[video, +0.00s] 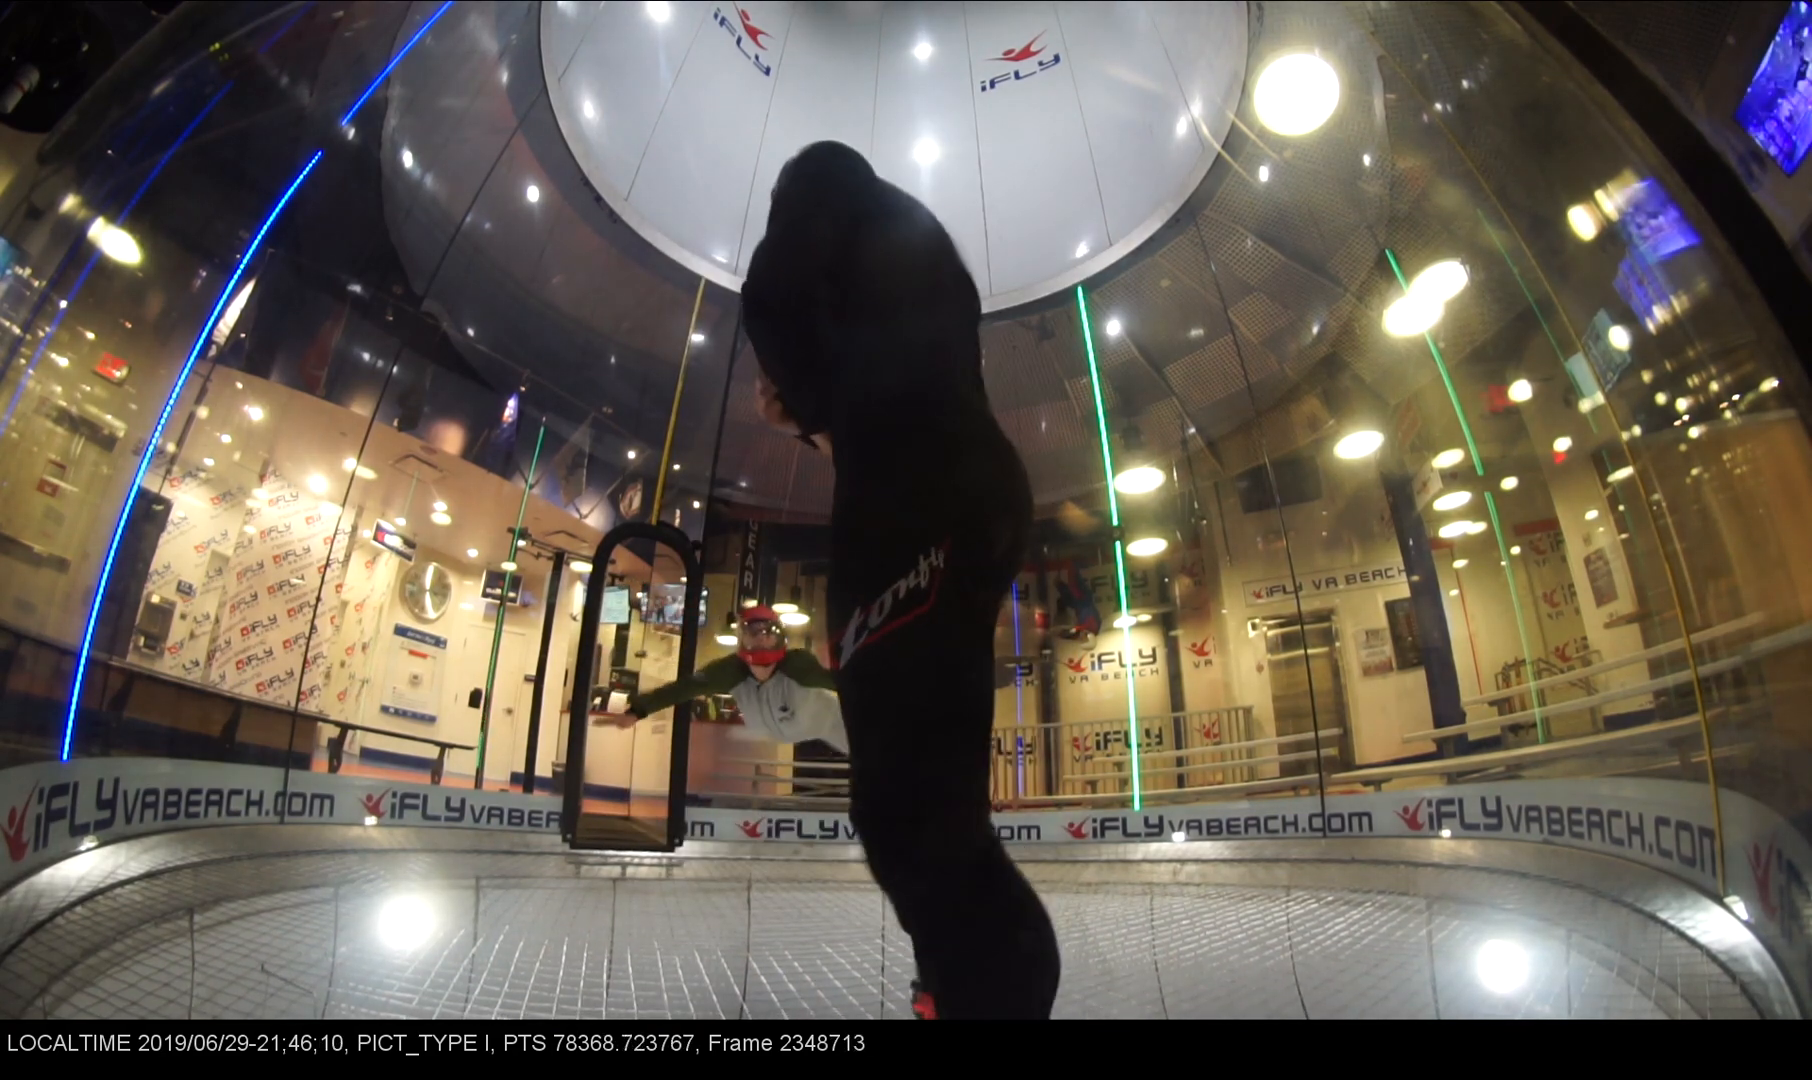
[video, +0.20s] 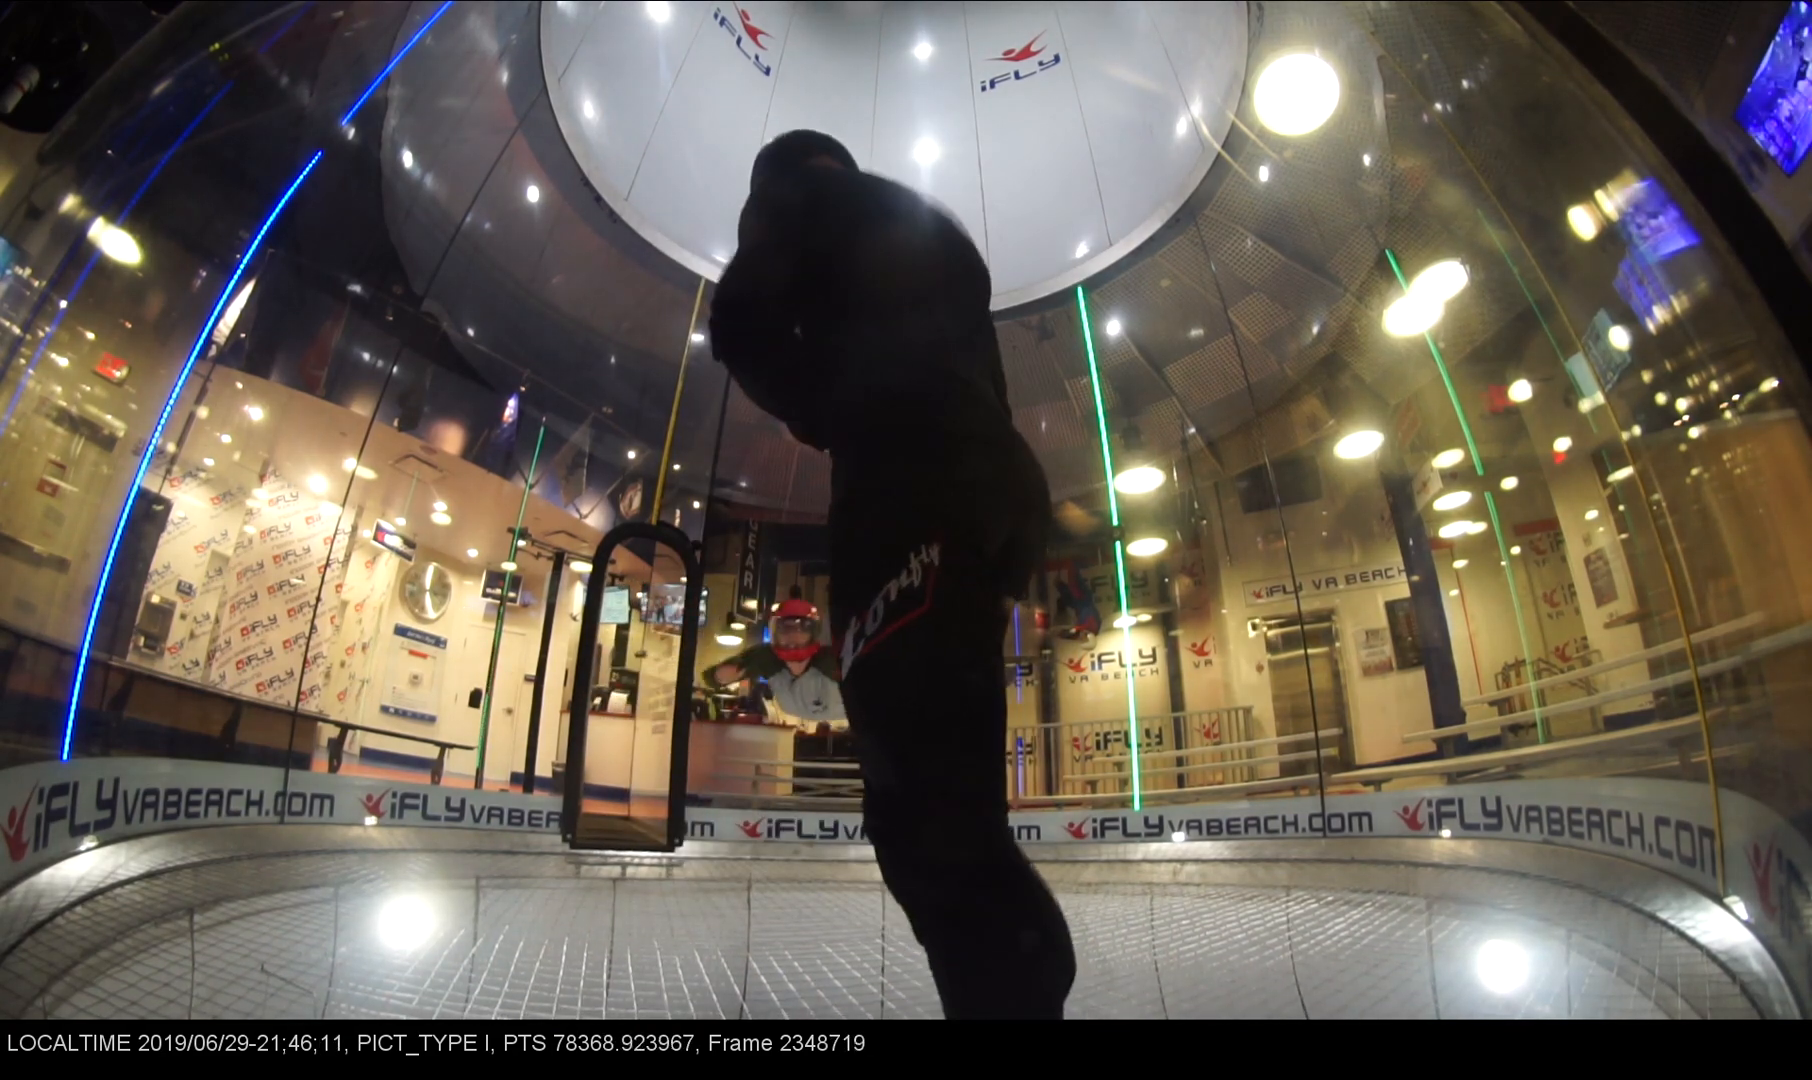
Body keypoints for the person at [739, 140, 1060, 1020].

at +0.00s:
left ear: (802, 185)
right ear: (860, 179)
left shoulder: (826, 187)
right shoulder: (911, 234)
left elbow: (771, 297)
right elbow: (895, 368)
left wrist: (807, 396)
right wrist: (806, 395)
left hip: (908, 499)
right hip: (964, 491)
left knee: (902, 804)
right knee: (932, 800)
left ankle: (987, 990)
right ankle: (981, 986)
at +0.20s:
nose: (757, 213)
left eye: (761, 196)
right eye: (759, 198)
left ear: (789, 174)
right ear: (839, 167)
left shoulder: (804, 205)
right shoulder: (920, 226)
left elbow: (740, 316)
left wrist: (832, 413)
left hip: (905, 506)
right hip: (981, 496)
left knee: (920, 809)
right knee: (950, 805)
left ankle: (1004, 993)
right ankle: (1016, 988)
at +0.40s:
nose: (799, 195)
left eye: (796, 184)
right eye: (807, 185)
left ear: (801, 177)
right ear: (867, 176)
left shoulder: (786, 203)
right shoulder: (954, 243)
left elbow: (699, 341)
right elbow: (989, 396)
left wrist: (806, 425)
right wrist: (1011, 538)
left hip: (880, 516)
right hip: (989, 513)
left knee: (891, 825)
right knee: (956, 803)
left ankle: (999, 1006)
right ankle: (1064, 1006)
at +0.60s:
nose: (813, 233)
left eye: (808, 224)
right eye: (828, 226)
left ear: (803, 217)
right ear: (875, 221)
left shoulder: (779, 238)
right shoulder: (950, 282)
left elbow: (662, 356)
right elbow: (968, 421)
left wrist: (785, 408)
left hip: (859, 518)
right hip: (978, 517)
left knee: (862, 823)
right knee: (969, 805)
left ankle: (979, 1005)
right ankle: (1101, 1005)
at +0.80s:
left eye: (801, 272)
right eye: (833, 277)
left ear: (798, 271)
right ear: (861, 277)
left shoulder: (769, 285)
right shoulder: (922, 336)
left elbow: (631, 383)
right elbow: (935, 461)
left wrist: (741, 448)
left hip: (847, 549)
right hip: (962, 550)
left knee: (821, 850)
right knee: (950, 828)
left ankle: (990, 1009)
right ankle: (1085, 1010)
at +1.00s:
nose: (772, 347)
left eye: (770, 335)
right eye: (785, 338)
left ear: (771, 328)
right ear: (828, 334)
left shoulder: (748, 351)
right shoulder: (882, 396)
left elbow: (583, 420)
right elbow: (906, 532)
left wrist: (676, 467)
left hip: (824, 605)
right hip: (913, 599)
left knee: (846, 844)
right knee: (966, 860)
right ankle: (1057, 1011)